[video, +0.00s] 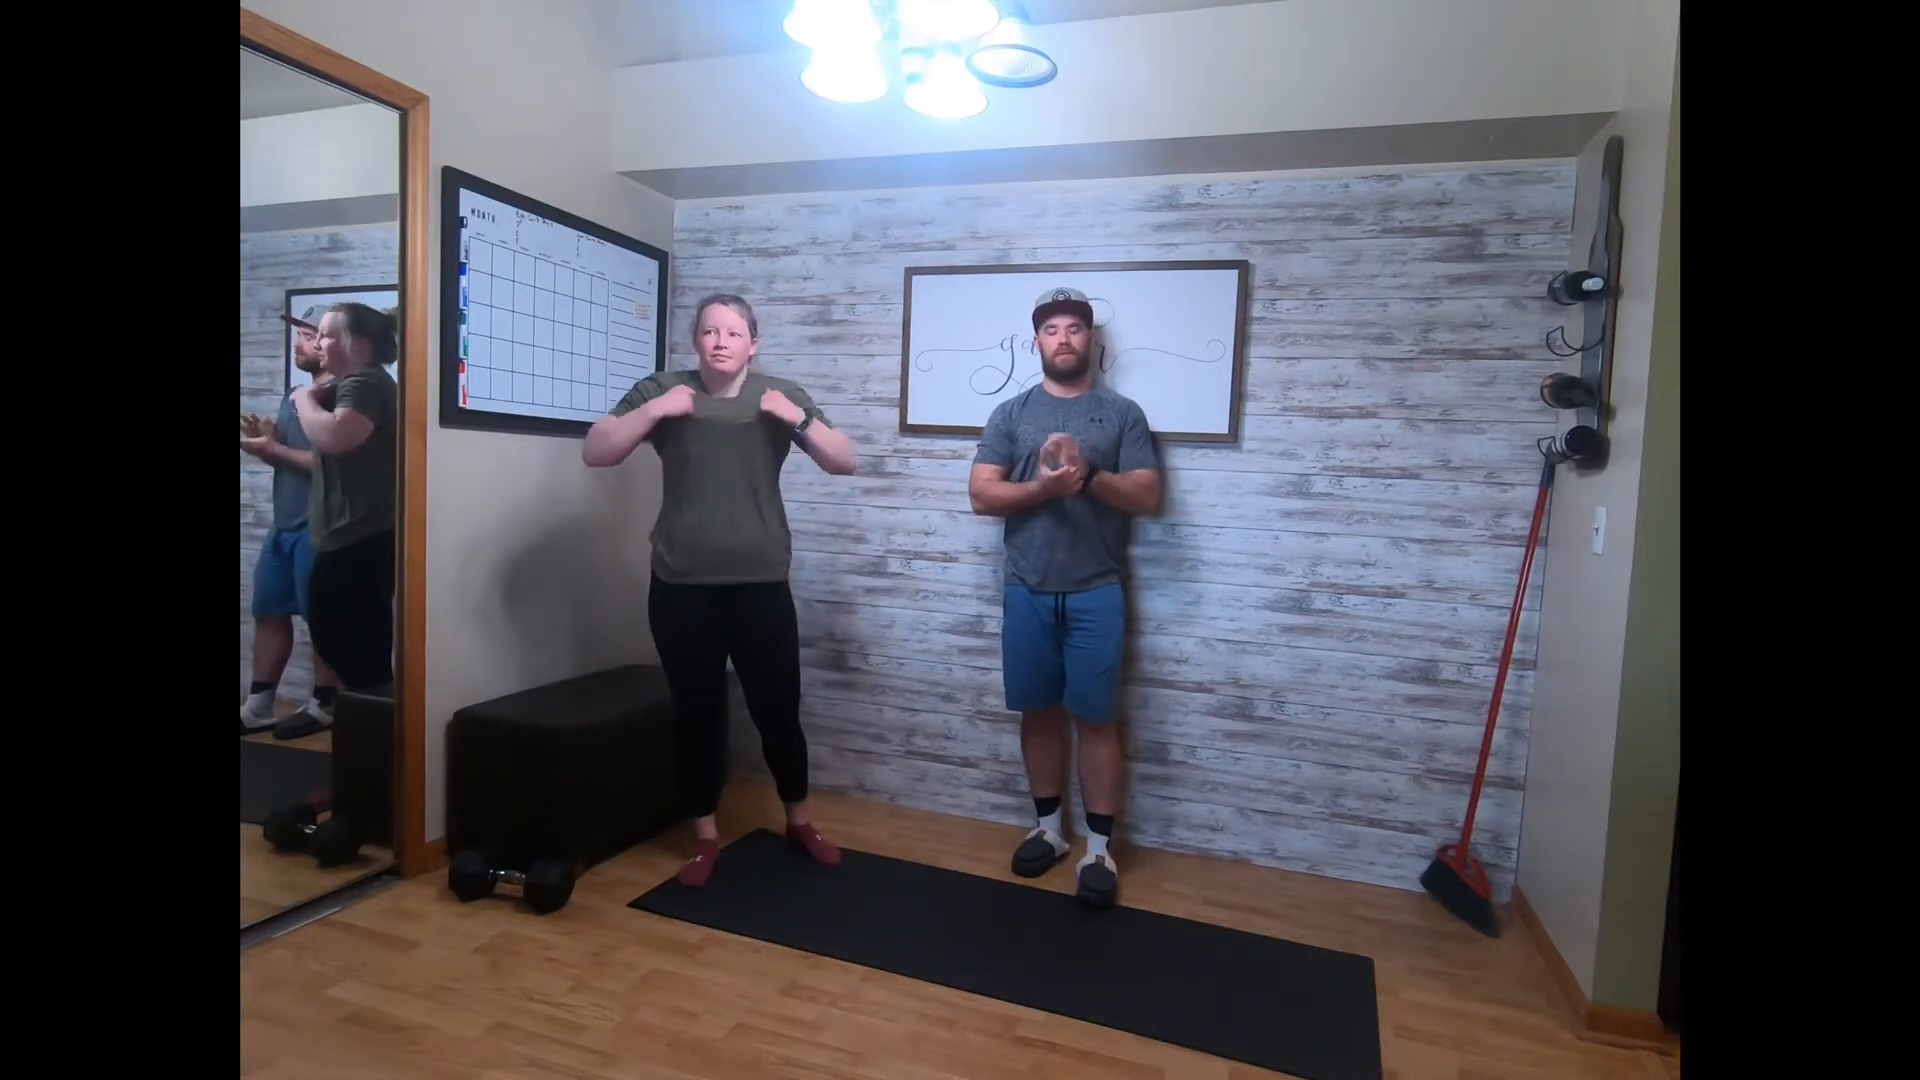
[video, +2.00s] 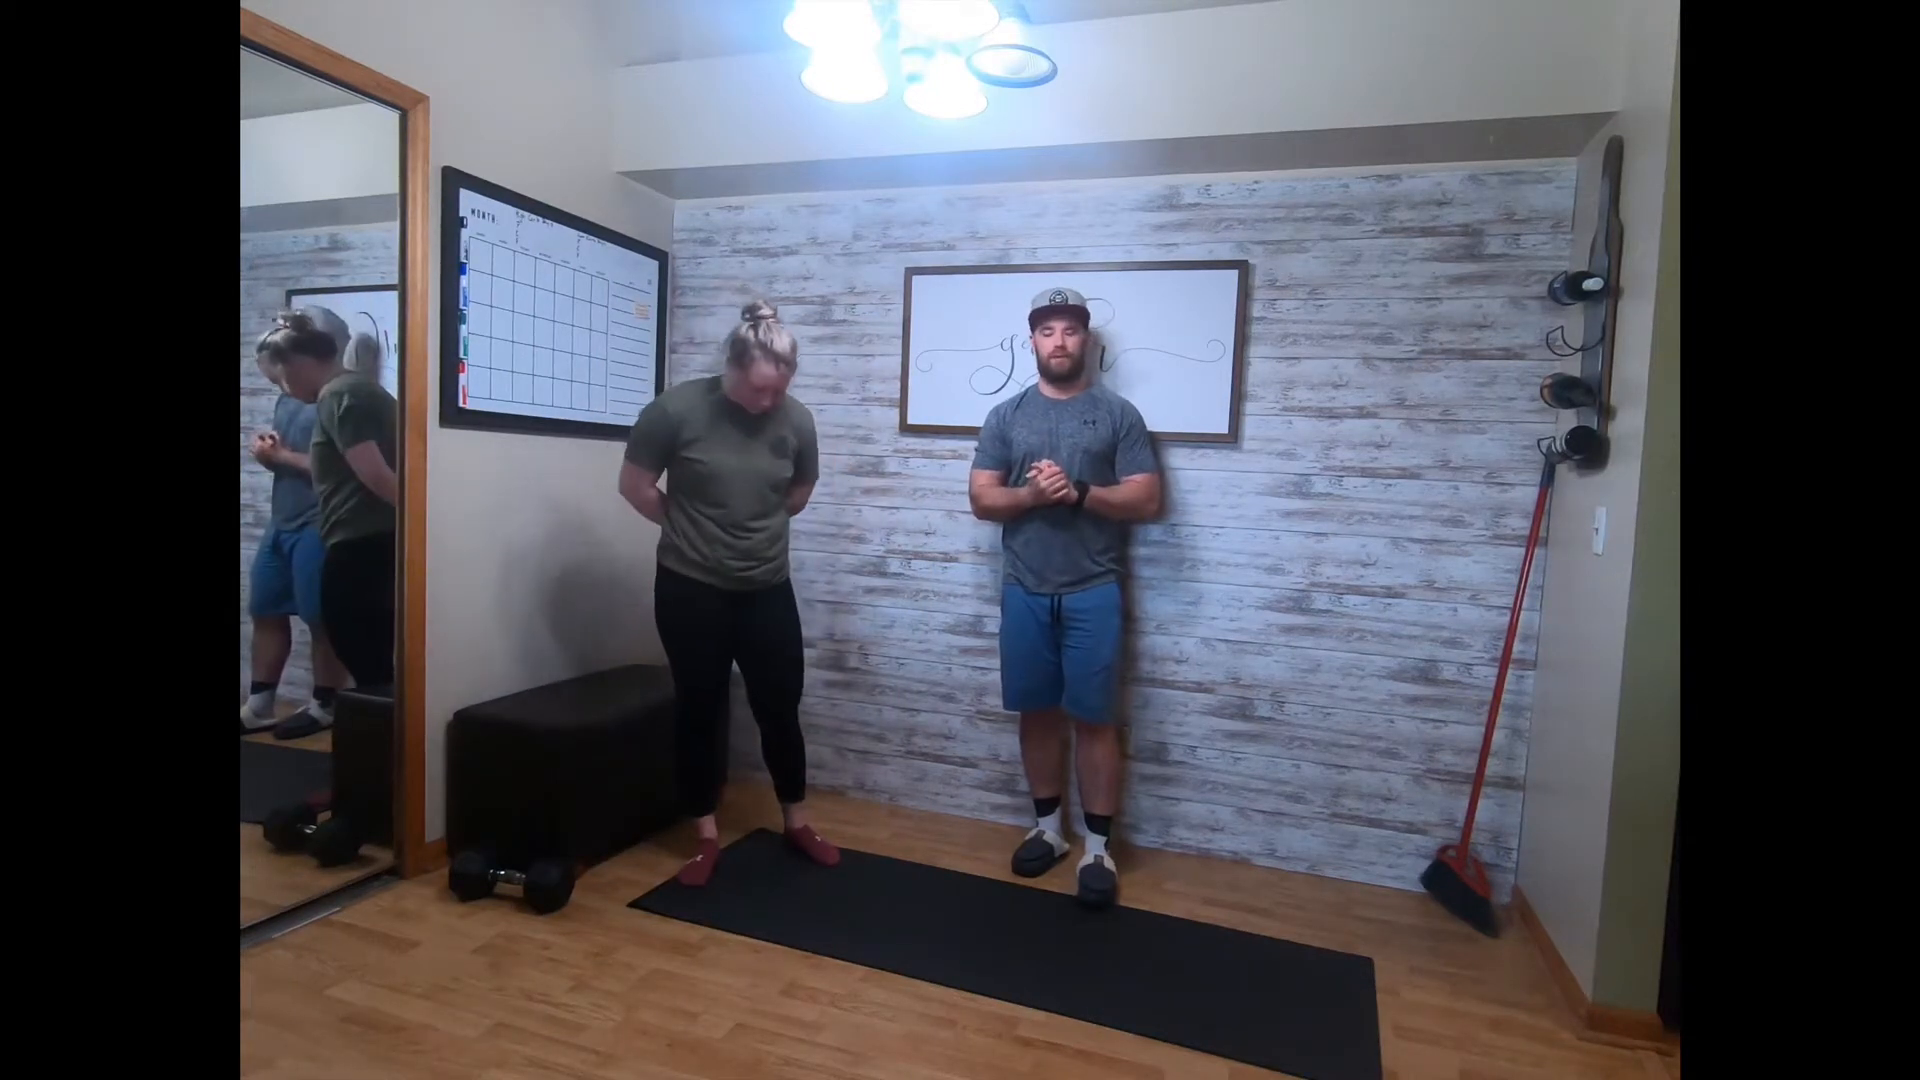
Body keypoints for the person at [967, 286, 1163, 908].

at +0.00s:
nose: (1063, 337)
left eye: (1075, 329)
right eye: (1052, 330)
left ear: (1092, 340)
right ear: (1037, 342)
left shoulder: (1122, 414)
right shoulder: (1011, 414)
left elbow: (1147, 497)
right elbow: (983, 494)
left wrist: (1088, 478)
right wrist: (1044, 485)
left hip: (1096, 584)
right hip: (1027, 584)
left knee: (1095, 715)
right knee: (1037, 710)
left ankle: (1099, 850)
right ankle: (1049, 830)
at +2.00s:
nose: (1059, 339)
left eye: (1071, 330)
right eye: (1047, 330)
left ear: (1088, 341)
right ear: (1033, 342)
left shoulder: (1116, 414)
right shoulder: (1006, 417)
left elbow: (1148, 500)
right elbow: (982, 499)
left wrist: (1077, 490)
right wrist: (1034, 493)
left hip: (1093, 584)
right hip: (1024, 585)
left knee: (1092, 715)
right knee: (1036, 710)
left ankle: (1097, 849)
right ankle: (1048, 830)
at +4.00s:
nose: (1062, 338)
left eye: (1072, 328)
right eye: (1049, 331)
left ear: (1091, 338)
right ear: (1037, 345)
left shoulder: (1126, 413)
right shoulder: (1015, 416)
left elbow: (1159, 501)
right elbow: (990, 498)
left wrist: (1100, 477)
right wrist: (1046, 491)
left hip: (1102, 584)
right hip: (1033, 584)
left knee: (1097, 714)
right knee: (1041, 710)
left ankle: (1098, 850)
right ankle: (1049, 831)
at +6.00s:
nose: (1071, 333)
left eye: (1082, 325)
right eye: (1059, 325)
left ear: (1098, 339)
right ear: (1043, 339)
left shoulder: (1126, 414)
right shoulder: (1015, 415)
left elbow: (1163, 498)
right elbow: (986, 497)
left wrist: (1104, 488)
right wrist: (1042, 502)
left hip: (1103, 586)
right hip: (1034, 586)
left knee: (1098, 716)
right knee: (1042, 711)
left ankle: (1099, 850)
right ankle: (1049, 831)